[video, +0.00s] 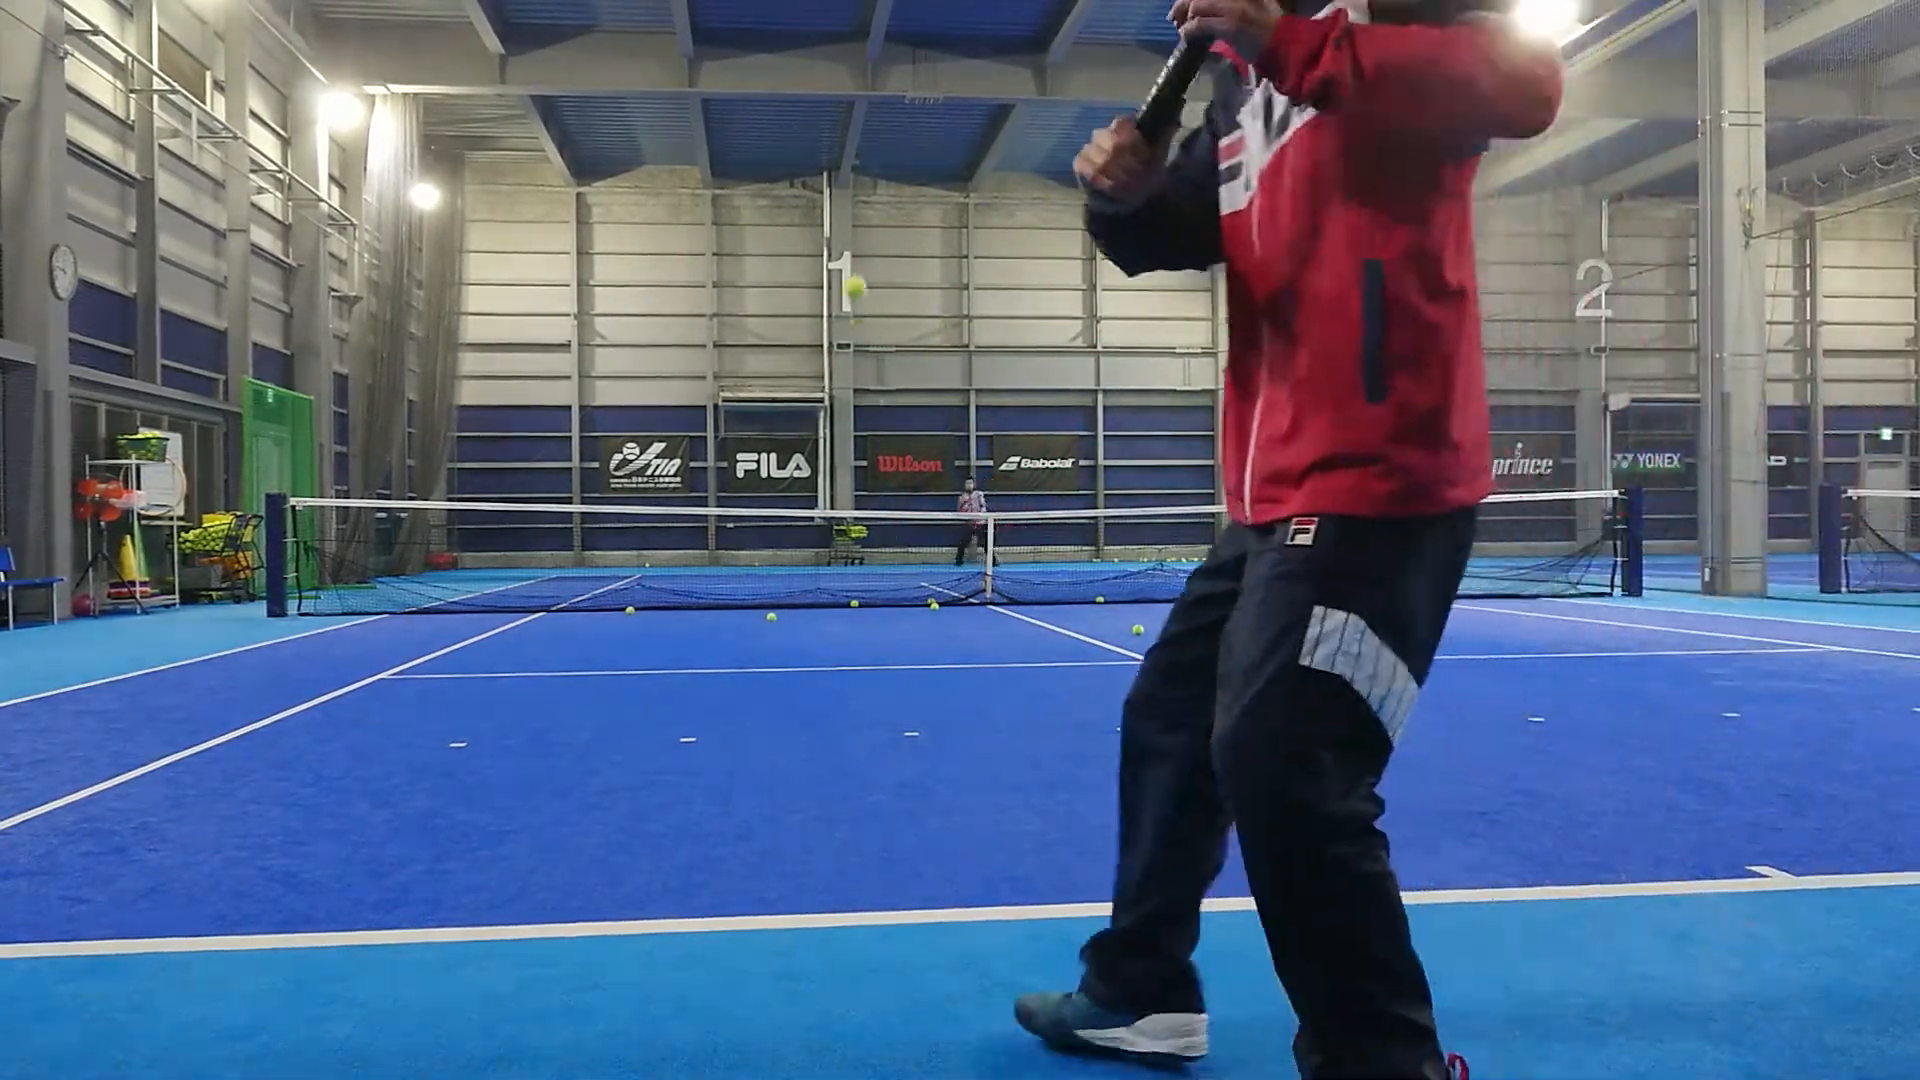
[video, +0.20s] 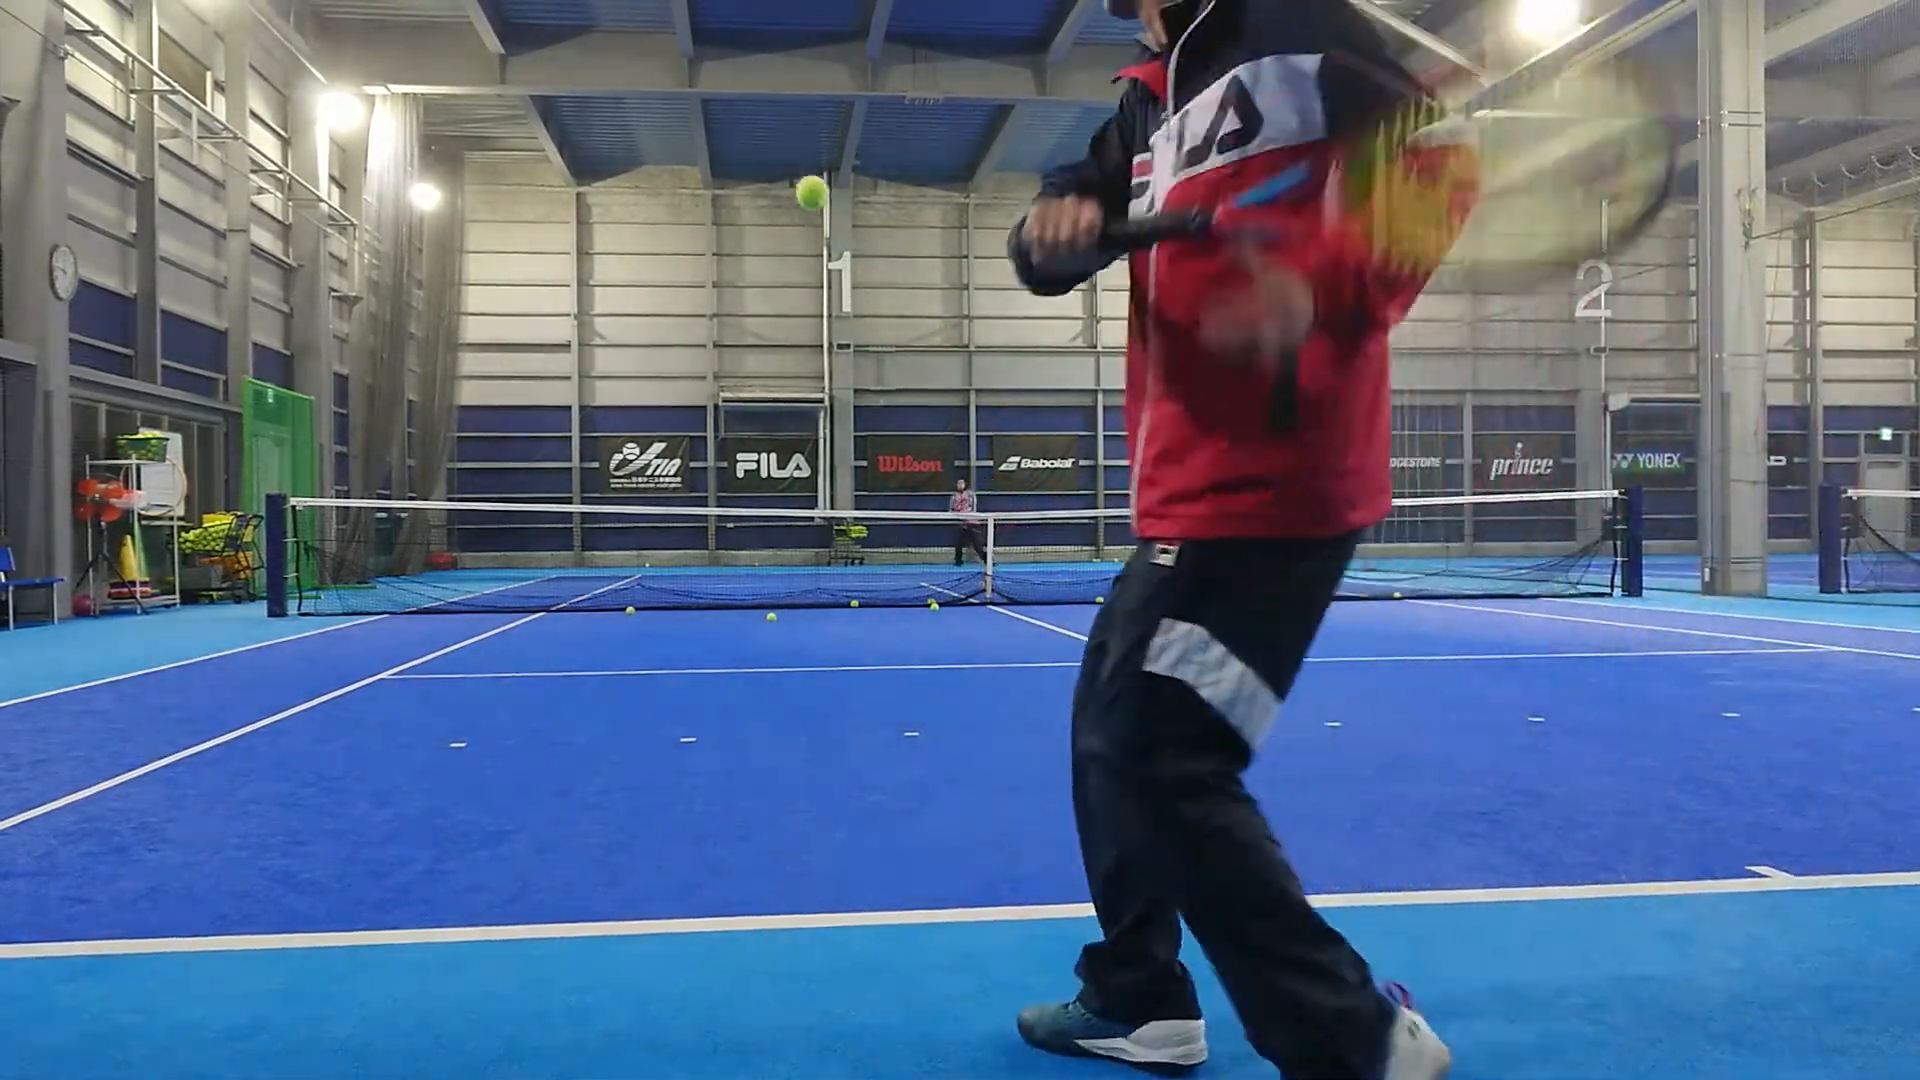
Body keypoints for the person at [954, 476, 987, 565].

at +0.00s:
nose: (969, 486)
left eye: (970, 483)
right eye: (967, 483)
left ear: (974, 485)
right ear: (965, 485)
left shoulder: (979, 495)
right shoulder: (962, 497)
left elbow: (983, 506)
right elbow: (960, 510)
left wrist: (981, 517)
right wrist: (966, 518)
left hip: (979, 521)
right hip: (968, 522)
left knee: (985, 543)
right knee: (963, 542)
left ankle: (992, 560)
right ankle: (959, 559)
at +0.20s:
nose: (959, 485)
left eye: (961, 483)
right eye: (958, 483)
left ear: (965, 485)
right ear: (956, 485)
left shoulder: (971, 495)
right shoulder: (954, 496)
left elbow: (973, 509)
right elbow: (951, 510)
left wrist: (962, 514)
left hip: (972, 522)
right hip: (961, 522)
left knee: (977, 545)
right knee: (958, 544)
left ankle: (988, 560)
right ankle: (958, 561)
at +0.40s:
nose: (957, 483)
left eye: (959, 480)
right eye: (955, 481)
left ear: (962, 482)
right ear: (952, 482)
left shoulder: (968, 493)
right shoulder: (950, 494)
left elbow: (971, 508)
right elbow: (947, 508)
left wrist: (964, 517)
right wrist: (954, 515)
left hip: (966, 521)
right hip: (955, 521)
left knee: (970, 542)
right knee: (956, 543)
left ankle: (976, 557)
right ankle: (958, 560)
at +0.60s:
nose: (955, 486)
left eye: (957, 483)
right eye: (954, 483)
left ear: (960, 484)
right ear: (951, 485)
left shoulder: (965, 495)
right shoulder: (948, 496)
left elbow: (968, 509)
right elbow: (946, 508)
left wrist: (966, 520)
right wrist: (950, 518)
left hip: (963, 522)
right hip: (953, 522)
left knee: (966, 543)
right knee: (949, 542)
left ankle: (970, 560)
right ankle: (952, 558)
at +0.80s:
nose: (949, 488)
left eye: (951, 486)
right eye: (947, 486)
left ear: (954, 487)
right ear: (945, 488)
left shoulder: (958, 498)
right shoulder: (942, 499)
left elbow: (960, 512)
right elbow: (940, 511)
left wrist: (954, 522)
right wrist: (946, 519)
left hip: (957, 526)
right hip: (946, 525)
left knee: (960, 546)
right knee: (942, 545)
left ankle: (969, 562)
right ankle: (941, 562)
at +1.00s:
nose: (942, 487)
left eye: (944, 485)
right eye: (940, 485)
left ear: (947, 487)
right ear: (938, 487)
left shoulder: (951, 497)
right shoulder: (936, 497)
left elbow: (948, 509)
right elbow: (931, 507)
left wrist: (936, 508)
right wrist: (940, 509)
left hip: (949, 523)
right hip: (939, 523)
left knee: (947, 544)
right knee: (937, 545)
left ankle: (954, 559)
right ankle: (940, 561)